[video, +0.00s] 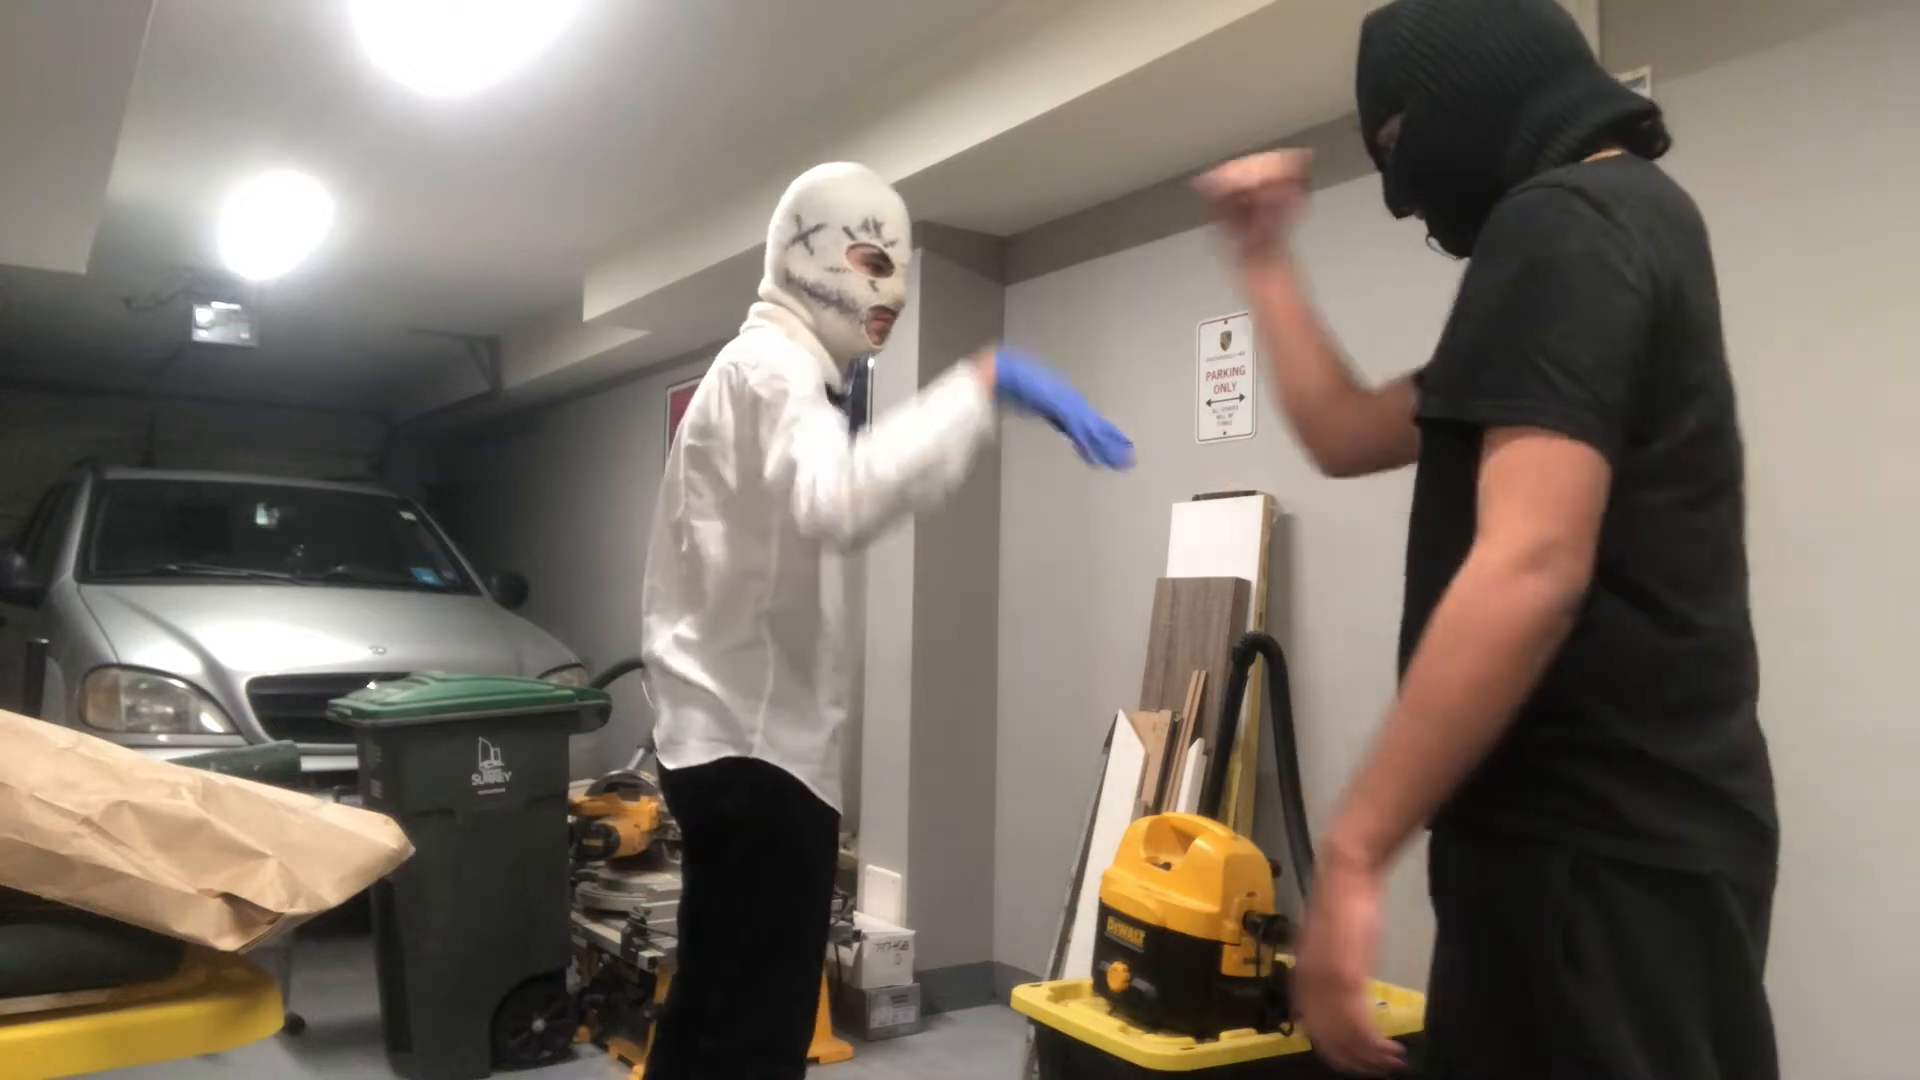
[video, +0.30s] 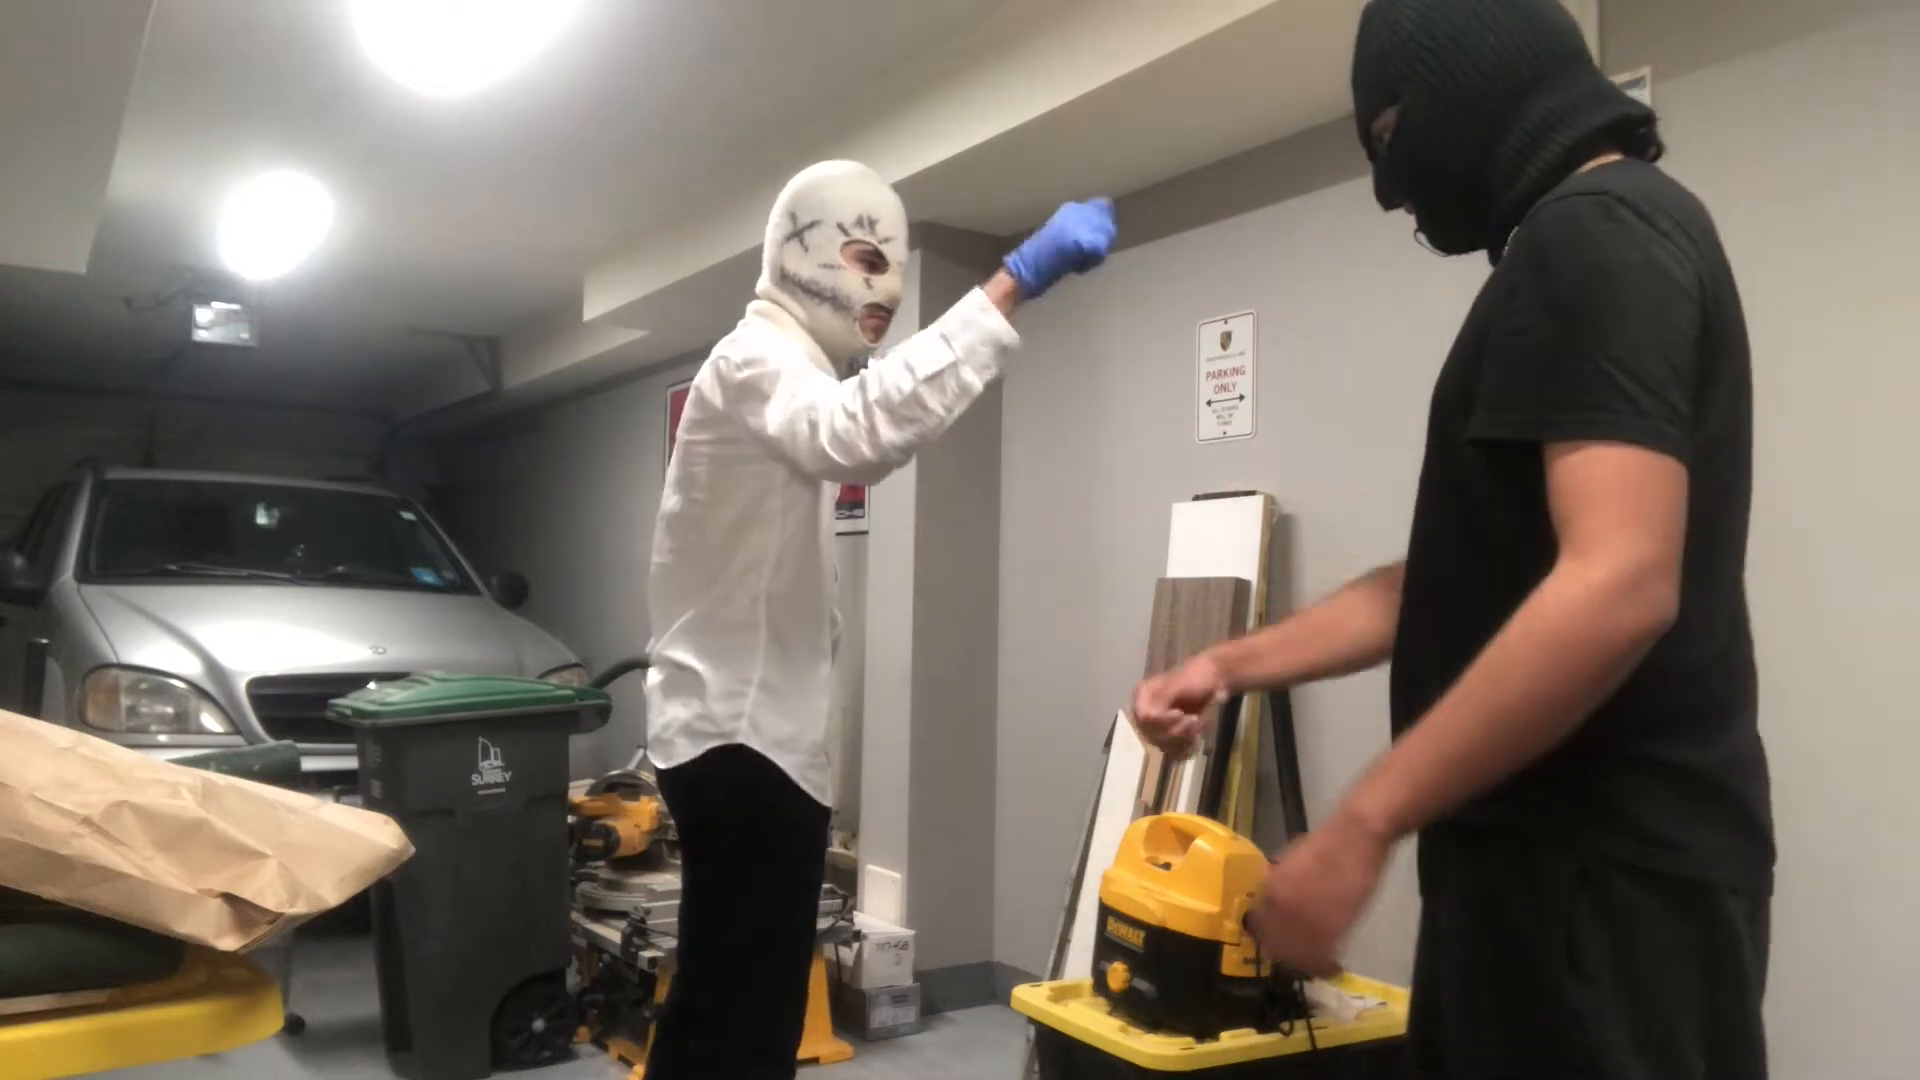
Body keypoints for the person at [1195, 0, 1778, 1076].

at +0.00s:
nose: (1395, 193)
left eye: (1390, 145)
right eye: (1381, 159)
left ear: (1457, 98)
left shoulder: (1566, 224)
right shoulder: (1611, 226)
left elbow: (1532, 564)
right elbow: (1346, 432)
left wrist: (1354, 853)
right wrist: (1259, 254)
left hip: (1583, 867)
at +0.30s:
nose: (1379, 183)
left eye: (1381, 130)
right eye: (1371, 145)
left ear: (1456, 86)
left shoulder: (1599, 229)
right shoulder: (1557, 248)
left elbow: (1620, 580)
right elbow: (1462, 576)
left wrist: (1363, 824)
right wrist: (1230, 665)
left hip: (1598, 881)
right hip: (1537, 871)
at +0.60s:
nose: (1385, 177)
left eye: (1382, 127)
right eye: (1373, 142)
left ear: (1440, 88)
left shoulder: (1603, 234)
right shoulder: (1537, 264)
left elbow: (1662, 583)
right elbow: (1312, 348)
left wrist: (1434, 850)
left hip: (1607, 867)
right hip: (1536, 861)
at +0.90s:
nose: (1391, 164)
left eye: (1395, 115)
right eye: (1384, 129)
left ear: (1474, 75)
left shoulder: (1622, 229)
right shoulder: (1547, 264)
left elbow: (1668, 584)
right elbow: (1343, 481)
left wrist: (1441, 854)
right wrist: (1123, 549)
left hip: (1599, 870)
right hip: (1525, 866)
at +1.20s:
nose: (1405, 159)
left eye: (1410, 111)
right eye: (1396, 124)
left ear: (1488, 68)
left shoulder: (1636, 233)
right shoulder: (1553, 265)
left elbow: (1677, 595)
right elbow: (1376, 521)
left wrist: (1433, 855)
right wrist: (1176, 451)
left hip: (1594, 921)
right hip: (1507, 915)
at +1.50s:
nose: (1408, 203)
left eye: (1407, 156)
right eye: (1398, 170)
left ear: (1474, 103)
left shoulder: (1607, 214)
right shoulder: (1569, 249)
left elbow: (1671, 568)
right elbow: (1365, 476)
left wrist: (1487, 877)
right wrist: (1157, 475)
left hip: (1587, 913)